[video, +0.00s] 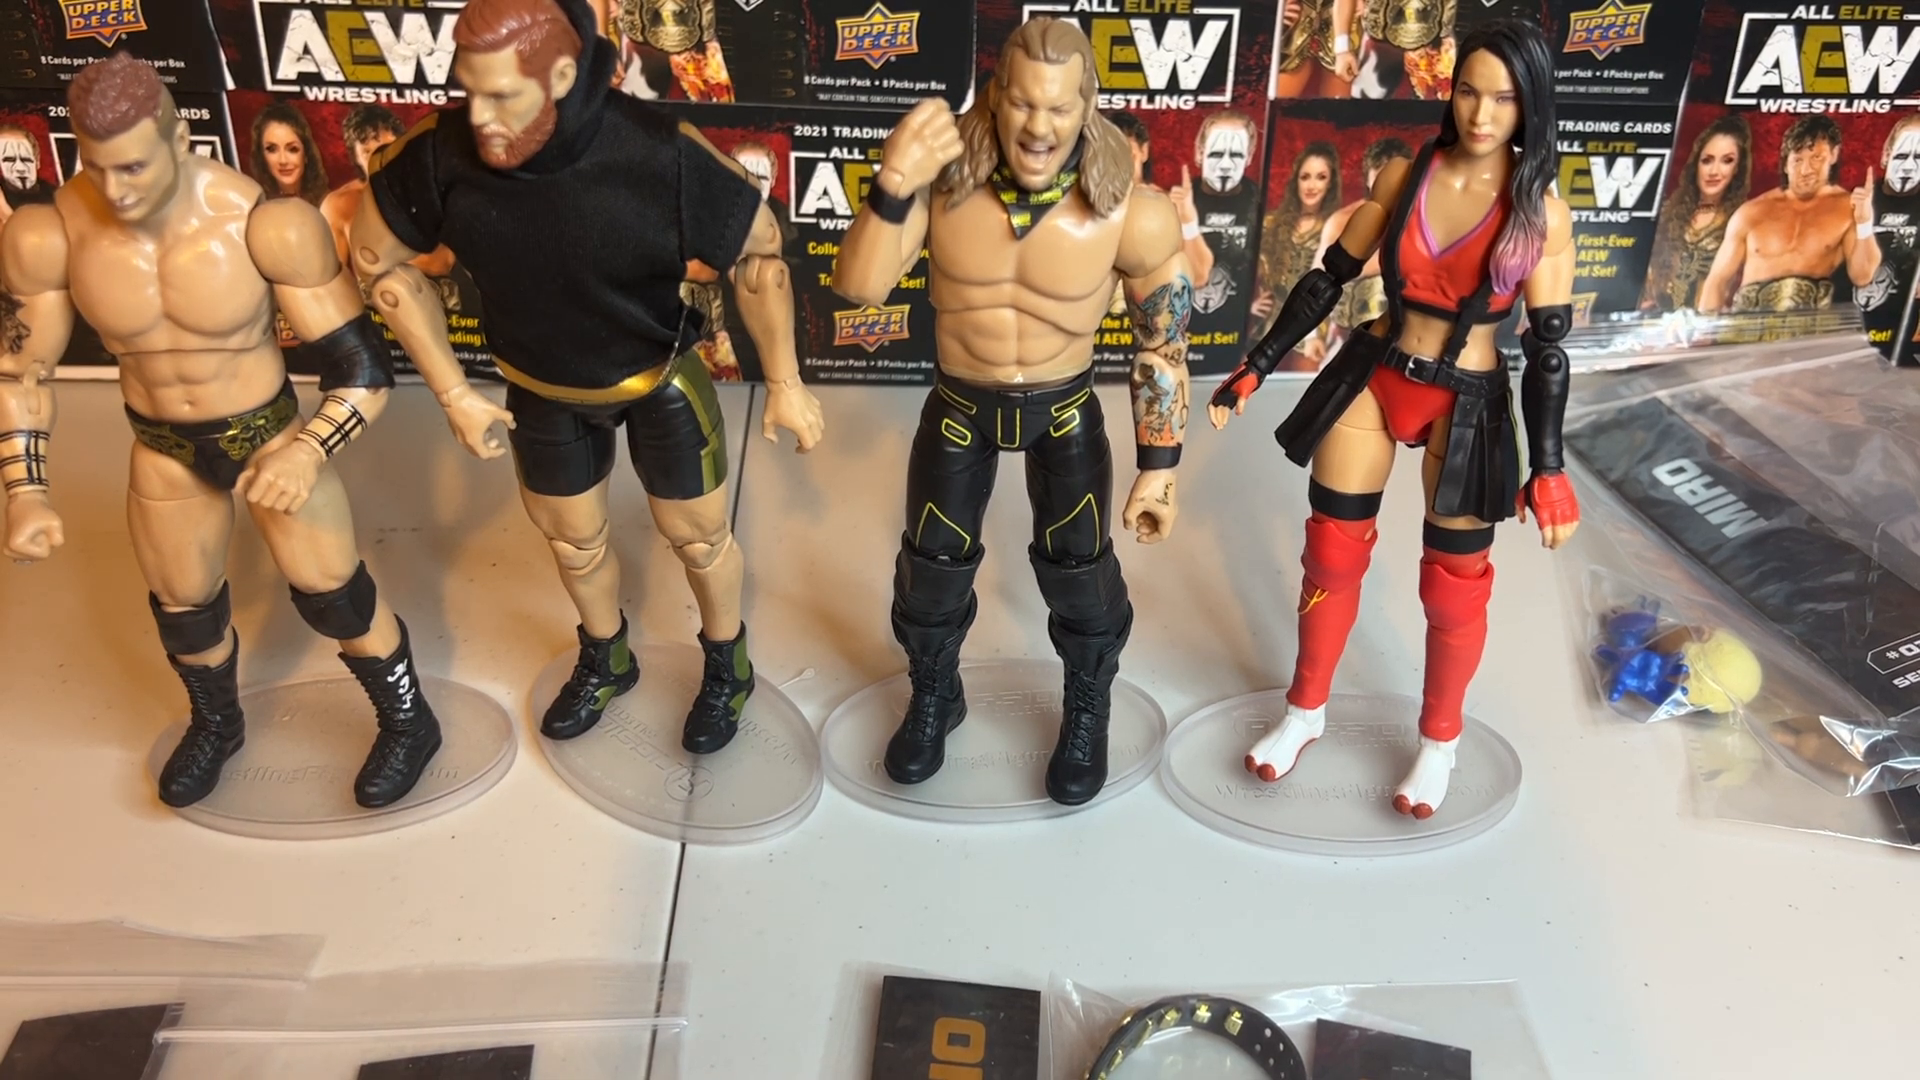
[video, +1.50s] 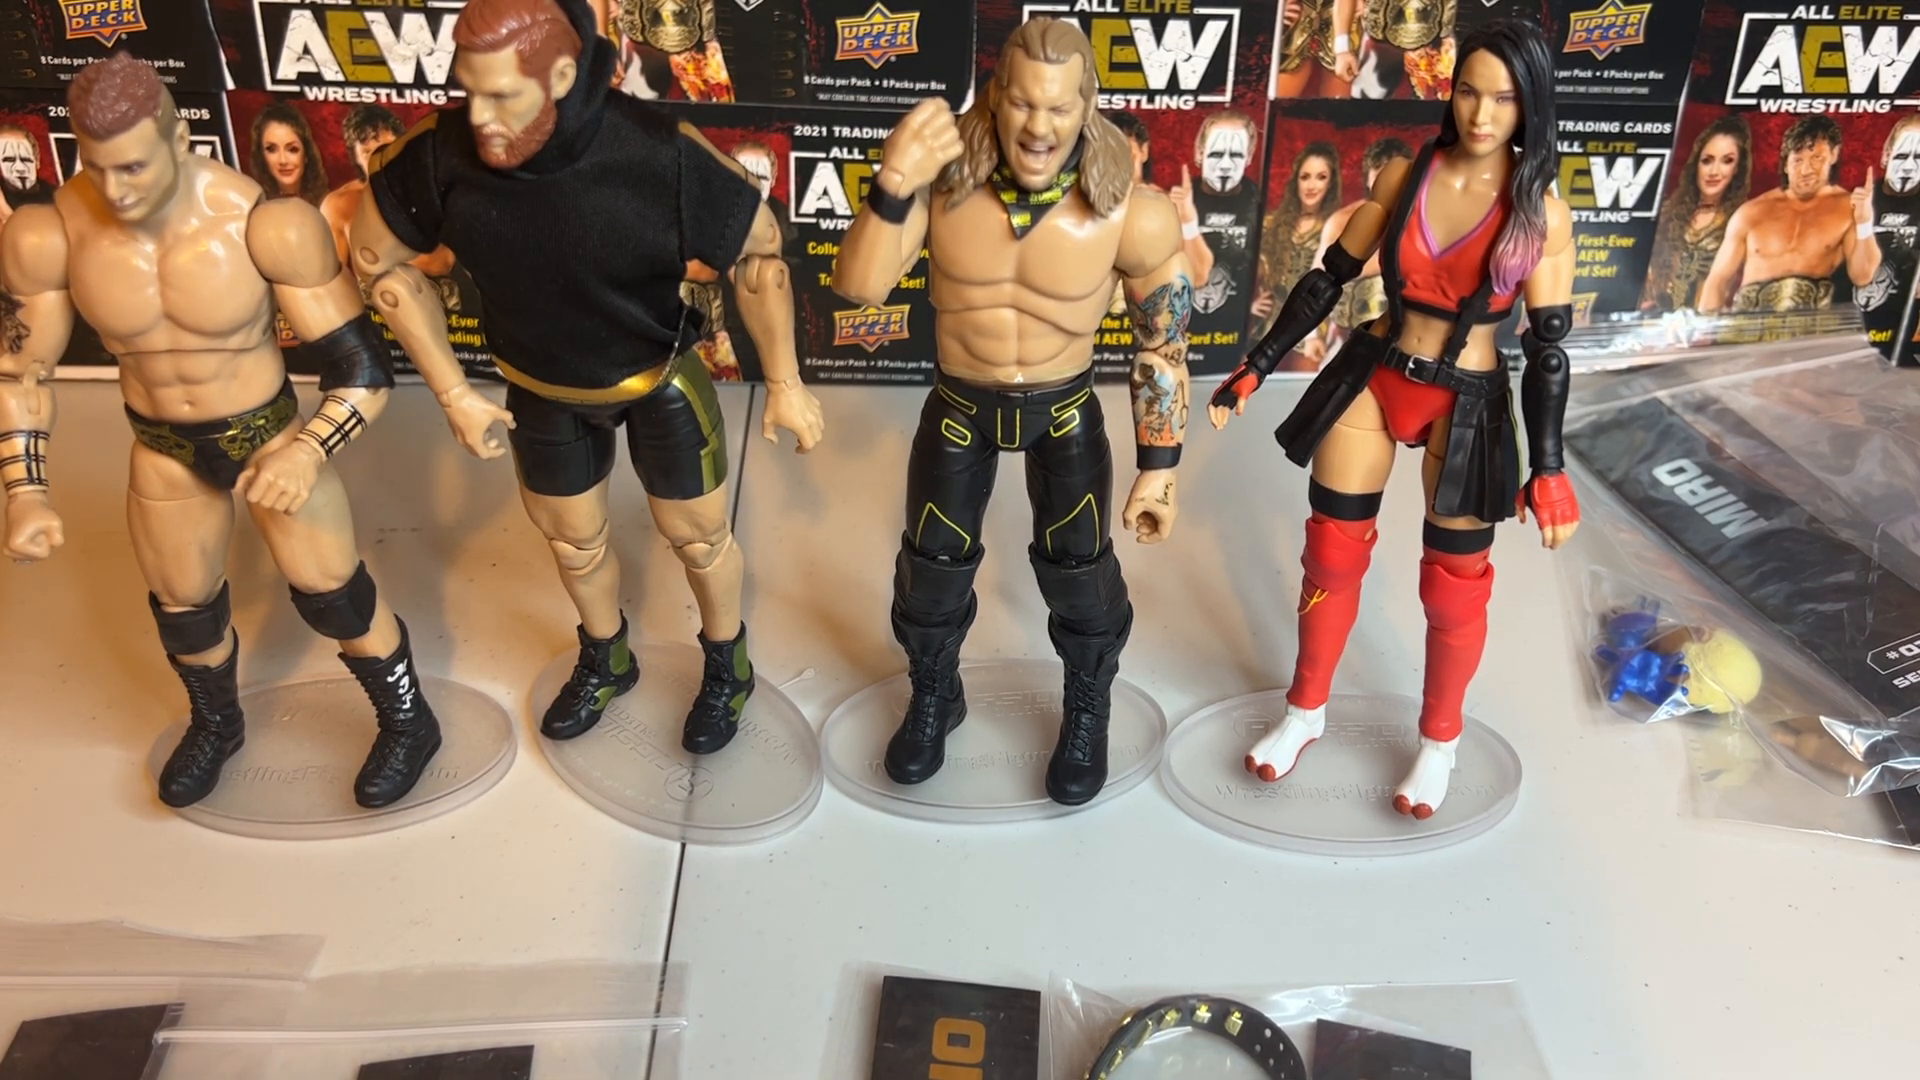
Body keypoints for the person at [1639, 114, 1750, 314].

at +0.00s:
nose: (1714, 171)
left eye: (1727, 161)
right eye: (1707, 160)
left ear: (1738, 168)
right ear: (1695, 164)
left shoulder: (1743, 219)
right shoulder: (1670, 213)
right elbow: (1654, 266)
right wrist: (1650, 299)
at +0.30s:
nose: (1715, 172)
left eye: (1727, 161)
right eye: (1707, 161)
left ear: (1739, 169)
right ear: (1695, 165)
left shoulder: (1743, 220)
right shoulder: (1670, 214)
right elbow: (1655, 267)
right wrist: (1649, 300)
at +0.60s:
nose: (1715, 172)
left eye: (1727, 161)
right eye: (1707, 161)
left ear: (1739, 169)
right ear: (1695, 165)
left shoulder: (1743, 220)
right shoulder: (1670, 213)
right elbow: (1654, 267)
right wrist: (1649, 299)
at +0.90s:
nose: (1714, 171)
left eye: (1727, 160)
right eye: (1707, 160)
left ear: (1738, 168)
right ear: (1695, 164)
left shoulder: (1742, 219)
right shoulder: (1670, 212)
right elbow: (1655, 265)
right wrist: (1650, 299)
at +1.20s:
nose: (1714, 171)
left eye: (1727, 160)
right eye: (1706, 160)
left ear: (1739, 167)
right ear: (1695, 164)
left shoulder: (1742, 220)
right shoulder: (1670, 213)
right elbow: (1654, 267)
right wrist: (1649, 300)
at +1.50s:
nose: (1714, 171)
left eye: (1727, 161)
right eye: (1706, 160)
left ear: (1739, 168)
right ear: (1695, 164)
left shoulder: (1742, 220)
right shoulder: (1670, 213)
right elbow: (1654, 266)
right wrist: (1649, 299)